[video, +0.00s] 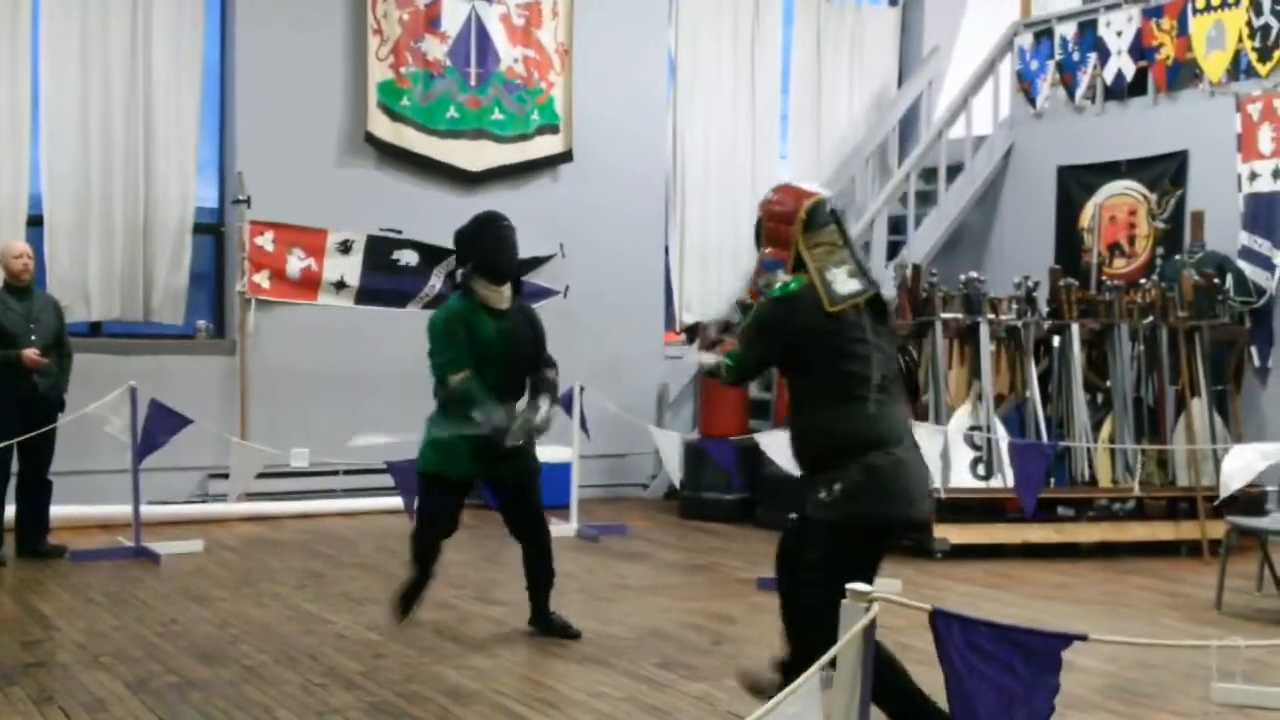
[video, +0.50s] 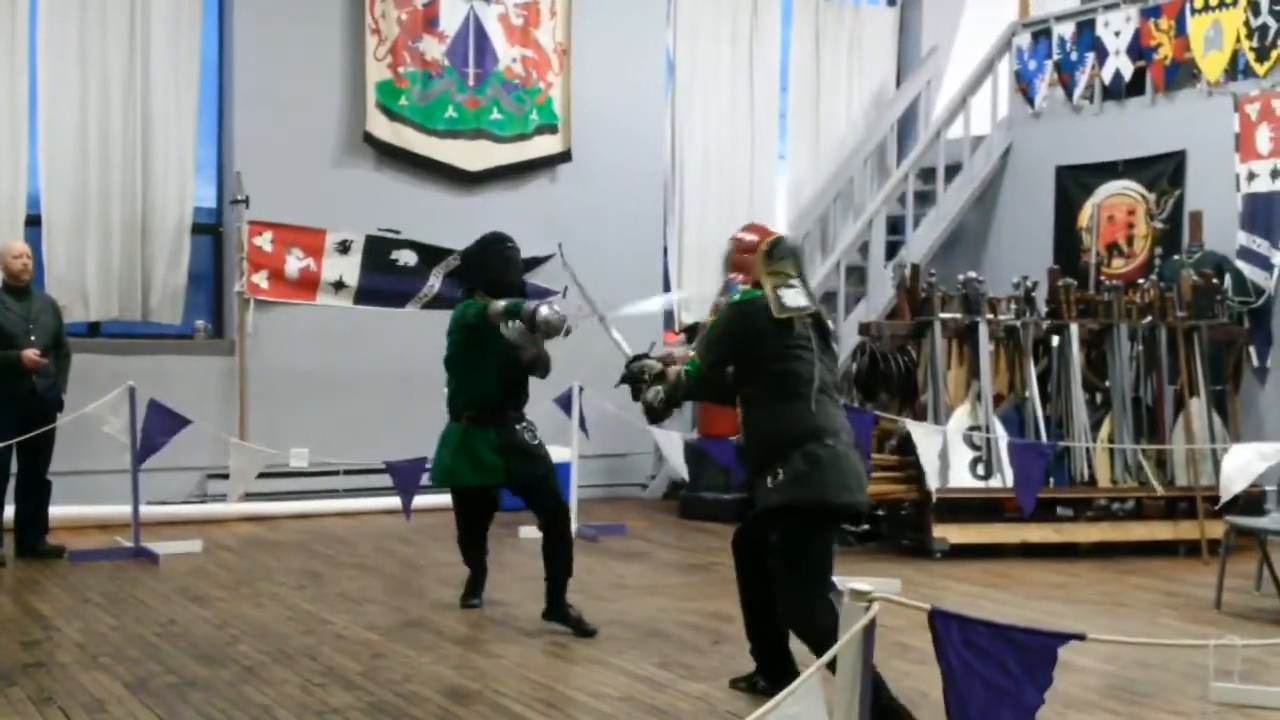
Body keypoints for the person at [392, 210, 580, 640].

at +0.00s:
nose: (508, 256)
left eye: (509, 247)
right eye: (498, 249)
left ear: (514, 256)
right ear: (475, 258)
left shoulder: (524, 317)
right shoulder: (450, 319)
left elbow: (544, 370)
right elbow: (455, 386)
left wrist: (538, 411)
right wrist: (501, 418)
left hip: (508, 440)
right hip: (453, 441)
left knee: (533, 528)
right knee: (435, 523)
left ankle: (541, 612)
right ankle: (419, 577)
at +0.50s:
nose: (518, 273)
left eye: (519, 266)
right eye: (508, 265)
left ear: (518, 271)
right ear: (485, 271)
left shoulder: (517, 320)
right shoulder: (468, 313)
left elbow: (542, 369)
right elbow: (496, 311)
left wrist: (530, 343)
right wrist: (534, 314)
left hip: (514, 432)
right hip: (469, 435)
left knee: (556, 513)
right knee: (471, 527)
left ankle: (556, 603)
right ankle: (476, 574)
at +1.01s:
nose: (476, 264)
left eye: (474, 255)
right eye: (465, 257)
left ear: (471, 260)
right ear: (442, 266)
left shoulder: (487, 314)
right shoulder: (428, 327)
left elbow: (518, 355)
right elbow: (455, 365)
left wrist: (541, 351)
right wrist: (508, 349)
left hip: (491, 437)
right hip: (444, 444)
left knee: (534, 528)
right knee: (435, 535)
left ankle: (542, 610)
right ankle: (413, 631)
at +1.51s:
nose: (352, 255)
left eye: (352, 245)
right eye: (344, 245)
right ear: (323, 250)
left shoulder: (354, 315)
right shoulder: (288, 315)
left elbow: (370, 373)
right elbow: (305, 386)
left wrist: (368, 416)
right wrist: (344, 427)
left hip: (332, 449)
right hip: (296, 450)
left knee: (314, 554)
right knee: (327, 552)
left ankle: (239, 618)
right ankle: (360, 649)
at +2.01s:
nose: (237, 274)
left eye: (235, 264)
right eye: (228, 264)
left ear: (206, 274)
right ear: (199, 272)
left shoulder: (212, 332)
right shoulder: (157, 332)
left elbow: (207, 404)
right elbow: (156, 411)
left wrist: (207, 448)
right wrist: (200, 451)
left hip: (171, 466)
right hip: (122, 462)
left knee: (222, 535)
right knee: (74, 545)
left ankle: (219, 636)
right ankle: (27, 621)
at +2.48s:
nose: (250, 255)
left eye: (251, 244)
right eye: (242, 244)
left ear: (216, 250)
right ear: (212, 247)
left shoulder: (215, 307)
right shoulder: (171, 308)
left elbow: (224, 378)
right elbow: (207, 385)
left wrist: (259, 421)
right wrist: (260, 426)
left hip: (181, 437)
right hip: (138, 436)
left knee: (203, 536)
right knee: (154, 536)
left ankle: (204, 636)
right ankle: (99, 636)